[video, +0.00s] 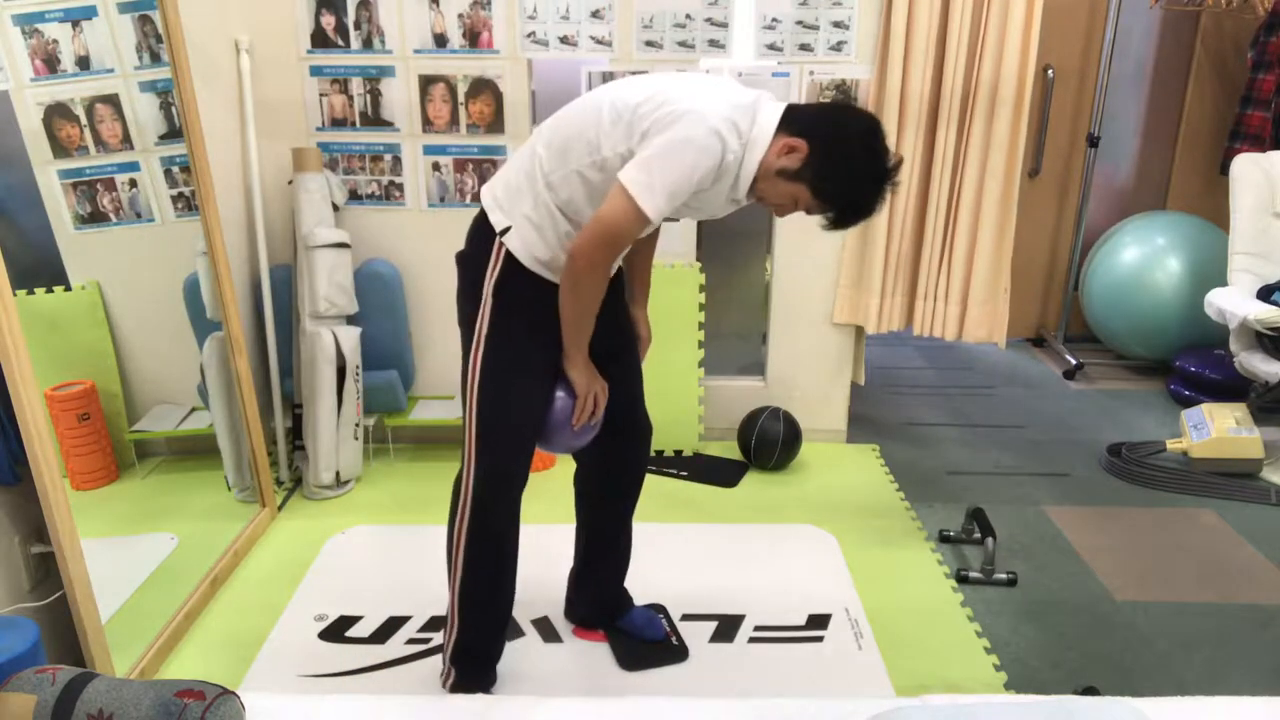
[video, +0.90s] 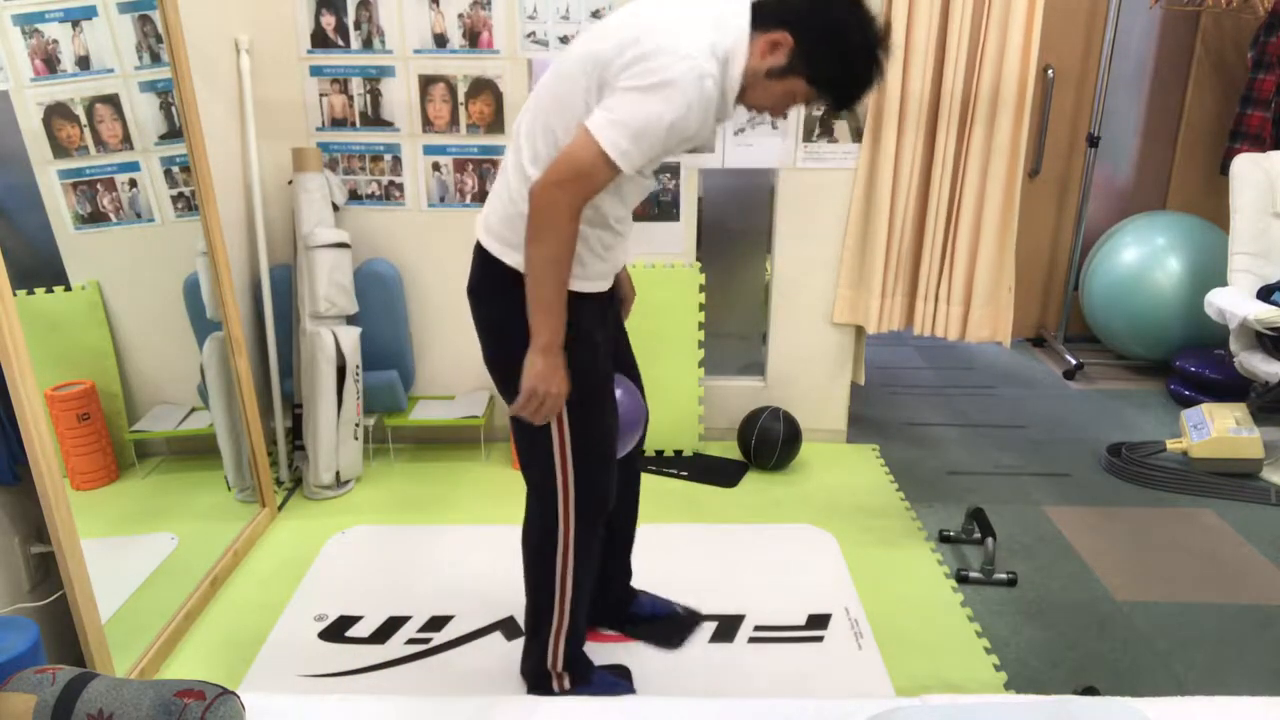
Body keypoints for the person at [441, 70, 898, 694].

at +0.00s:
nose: (791, 214)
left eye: (806, 210)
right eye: (803, 202)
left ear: (791, 150)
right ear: (790, 152)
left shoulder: (748, 145)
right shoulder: (700, 137)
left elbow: (646, 212)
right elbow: (589, 250)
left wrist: (636, 300)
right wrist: (575, 359)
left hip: (594, 264)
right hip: (518, 251)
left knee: (622, 436)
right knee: (497, 462)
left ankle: (598, 600)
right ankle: (470, 662)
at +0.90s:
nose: (784, 113)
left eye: (800, 106)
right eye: (796, 98)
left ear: (774, 42)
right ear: (774, 49)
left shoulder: (710, 52)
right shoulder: (683, 78)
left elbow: (593, 168)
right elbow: (553, 193)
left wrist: (612, 257)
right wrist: (545, 345)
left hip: (584, 274)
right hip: (534, 279)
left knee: (622, 434)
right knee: (572, 474)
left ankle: (605, 595)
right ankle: (554, 670)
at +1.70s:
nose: (737, 14)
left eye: (744, 5)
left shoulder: (645, 21)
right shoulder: (606, 38)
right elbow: (532, 194)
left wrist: (604, 324)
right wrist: (555, 349)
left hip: (589, 280)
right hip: (549, 292)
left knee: (601, 450)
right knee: (572, 477)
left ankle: (594, 587)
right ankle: (554, 669)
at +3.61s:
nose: (726, 24)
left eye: (739, 16)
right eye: (741, 10)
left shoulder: (609, 12)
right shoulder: (670, 6)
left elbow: (584, 119)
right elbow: (617, 117)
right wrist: (633, 263)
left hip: (561, 246)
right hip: (575, 252)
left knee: (600, 439)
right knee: (598, 449)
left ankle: (578, 585)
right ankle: (561, 651)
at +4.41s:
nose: (830, 8)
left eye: (836, 3)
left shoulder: (725, 11)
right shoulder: (729, 18)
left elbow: (677, 150)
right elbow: (665, 165)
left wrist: (696, 250)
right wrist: (689, 314)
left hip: (647, 261)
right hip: (633, 269)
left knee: (669, 439)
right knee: (647, 455)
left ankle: (651, 573)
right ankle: (624, 646)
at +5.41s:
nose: (900, 22)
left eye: (913, 14)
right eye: (914, 8)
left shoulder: (767, 7)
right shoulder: (825, 9)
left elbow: (727, 133)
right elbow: (761, 140)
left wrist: (763, 252)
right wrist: (794, 271)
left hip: (675, 240)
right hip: (705, 249)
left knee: (688, 427)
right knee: (723, 450)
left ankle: (653, 569)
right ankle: (712, 646)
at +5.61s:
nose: (939, 61)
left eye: (953, 52)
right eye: (951, 46)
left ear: (922, 0)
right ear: (933, 6)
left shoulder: (825, 9)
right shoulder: (871, 33)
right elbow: (815, 187)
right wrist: (819, 314)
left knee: (699, 425)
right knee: (736, 455)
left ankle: (666, 562)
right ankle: (714, 647)